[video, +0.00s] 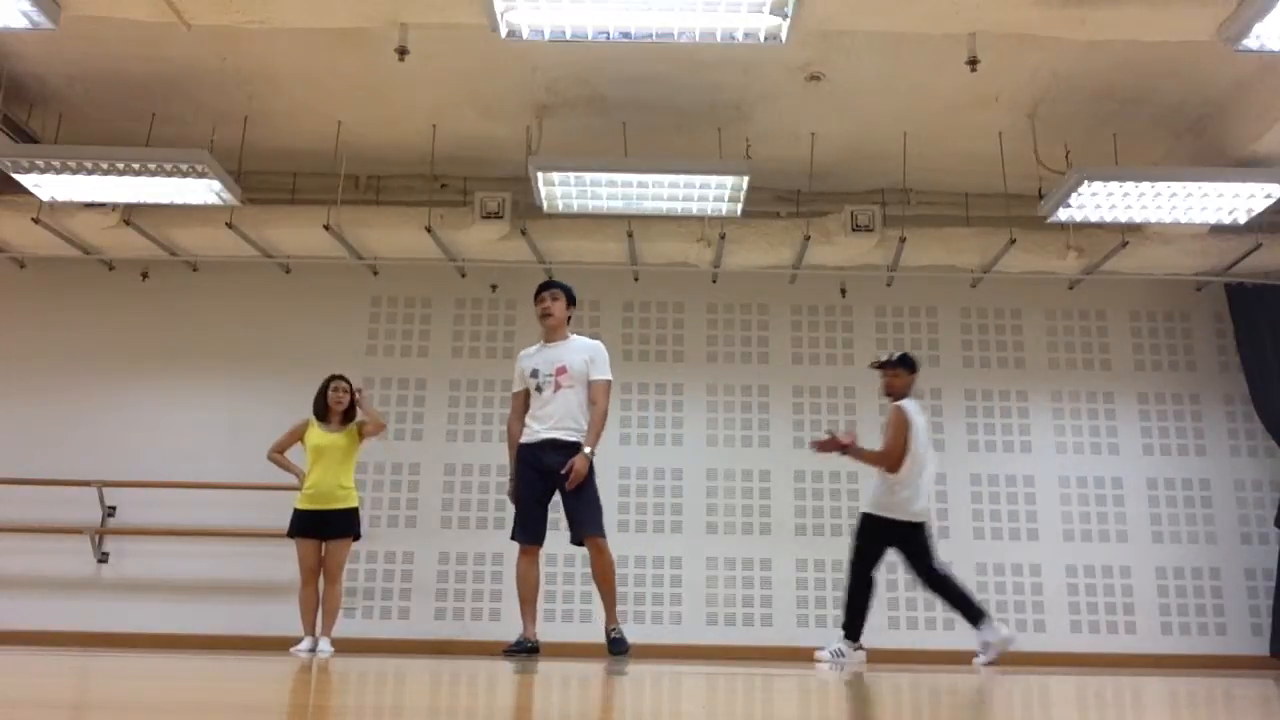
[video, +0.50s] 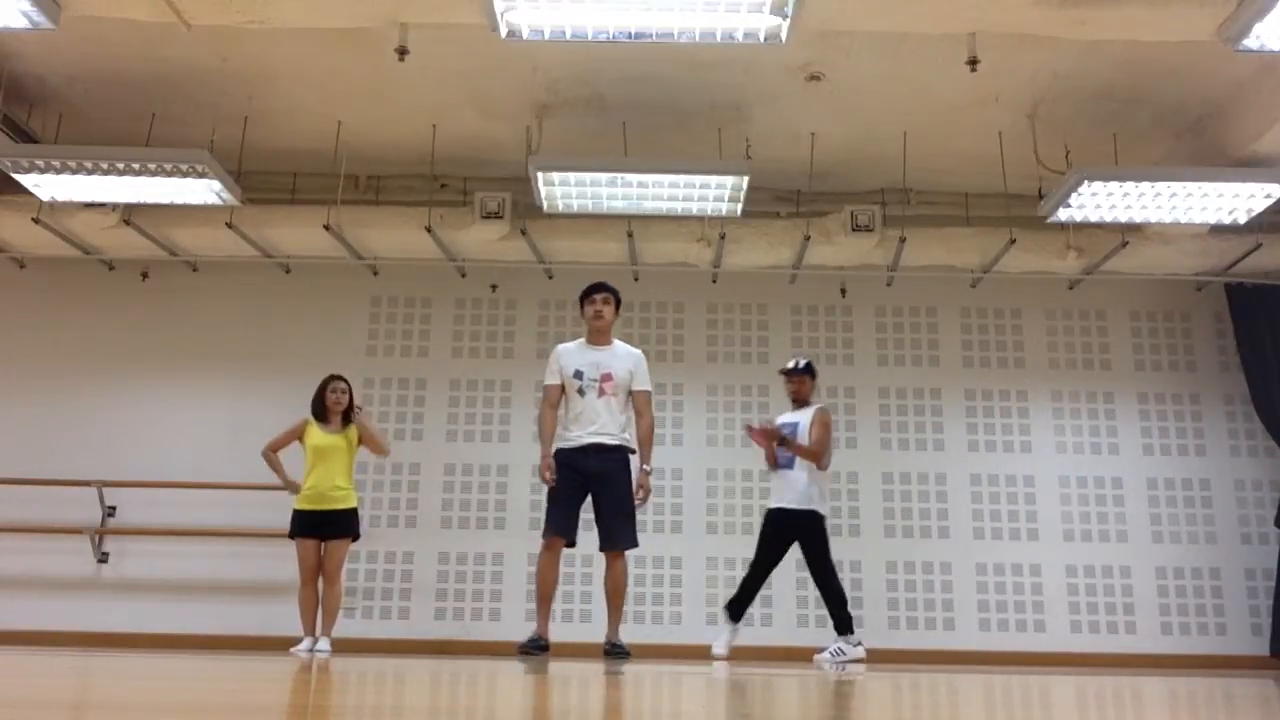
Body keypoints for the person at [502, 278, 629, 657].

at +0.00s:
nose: (546, 306)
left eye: (553, 300)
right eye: (540, 302)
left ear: (569, 308)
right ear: (536, 312)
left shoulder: (592, 349)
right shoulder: (526, 358)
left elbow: (600, 405)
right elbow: (516, 416)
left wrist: (587, 452)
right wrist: (514, 472)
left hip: (574, 453)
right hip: (530, 455)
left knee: (595, 539)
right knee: (528, 545)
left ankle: (613, 625)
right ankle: (529, 635)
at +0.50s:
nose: (598, 309)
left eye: (605, 304)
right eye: (592, 304)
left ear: (616, 312)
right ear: (582, 311)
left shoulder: (633, 358)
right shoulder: (562, 353)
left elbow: (644, 414)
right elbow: (550, 406)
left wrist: (644, 469)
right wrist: (546, 453)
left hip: (614, 459)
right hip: (569, 457)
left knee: (615, 550)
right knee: (552, 542)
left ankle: (614, 635)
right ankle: (541, 632)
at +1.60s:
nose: (583, 306)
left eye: (590, 301)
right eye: (577, 302)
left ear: (602, 310)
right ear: (567, 312)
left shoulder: (621, 355)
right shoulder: (552, 356)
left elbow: (630, 409)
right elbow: (535, 410)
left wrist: (625, 462)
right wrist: (525, 460)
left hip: (603, 456)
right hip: (558, 456)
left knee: (607, 549)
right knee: (543, 543)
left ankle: (608, 636)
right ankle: (538, 632)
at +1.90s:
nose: (590, 307)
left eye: (597, 302)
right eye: (584, 302)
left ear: (608, 311)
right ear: (574, 311)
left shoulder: (625, 357)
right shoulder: (556, 353)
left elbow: (638, 411)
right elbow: (543, 410)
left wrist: (637, 460)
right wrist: (537, 461)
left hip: (605, 457)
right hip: (560, 455)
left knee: (607, 549)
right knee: (546, 542)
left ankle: (609, 636)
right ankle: (537, 633)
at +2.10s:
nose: (584, 307)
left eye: (590, 302)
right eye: (577, 302)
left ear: (600, 312)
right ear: (565, 311)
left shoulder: (616, 356)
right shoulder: (546, 352)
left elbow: (629, 410)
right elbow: (530, 410)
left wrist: (631, 456)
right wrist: (528, 464)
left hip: (597, 457)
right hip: (552, 456)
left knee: (606, 542)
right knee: (543, 547)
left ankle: (610, 632)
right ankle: (537, 635)